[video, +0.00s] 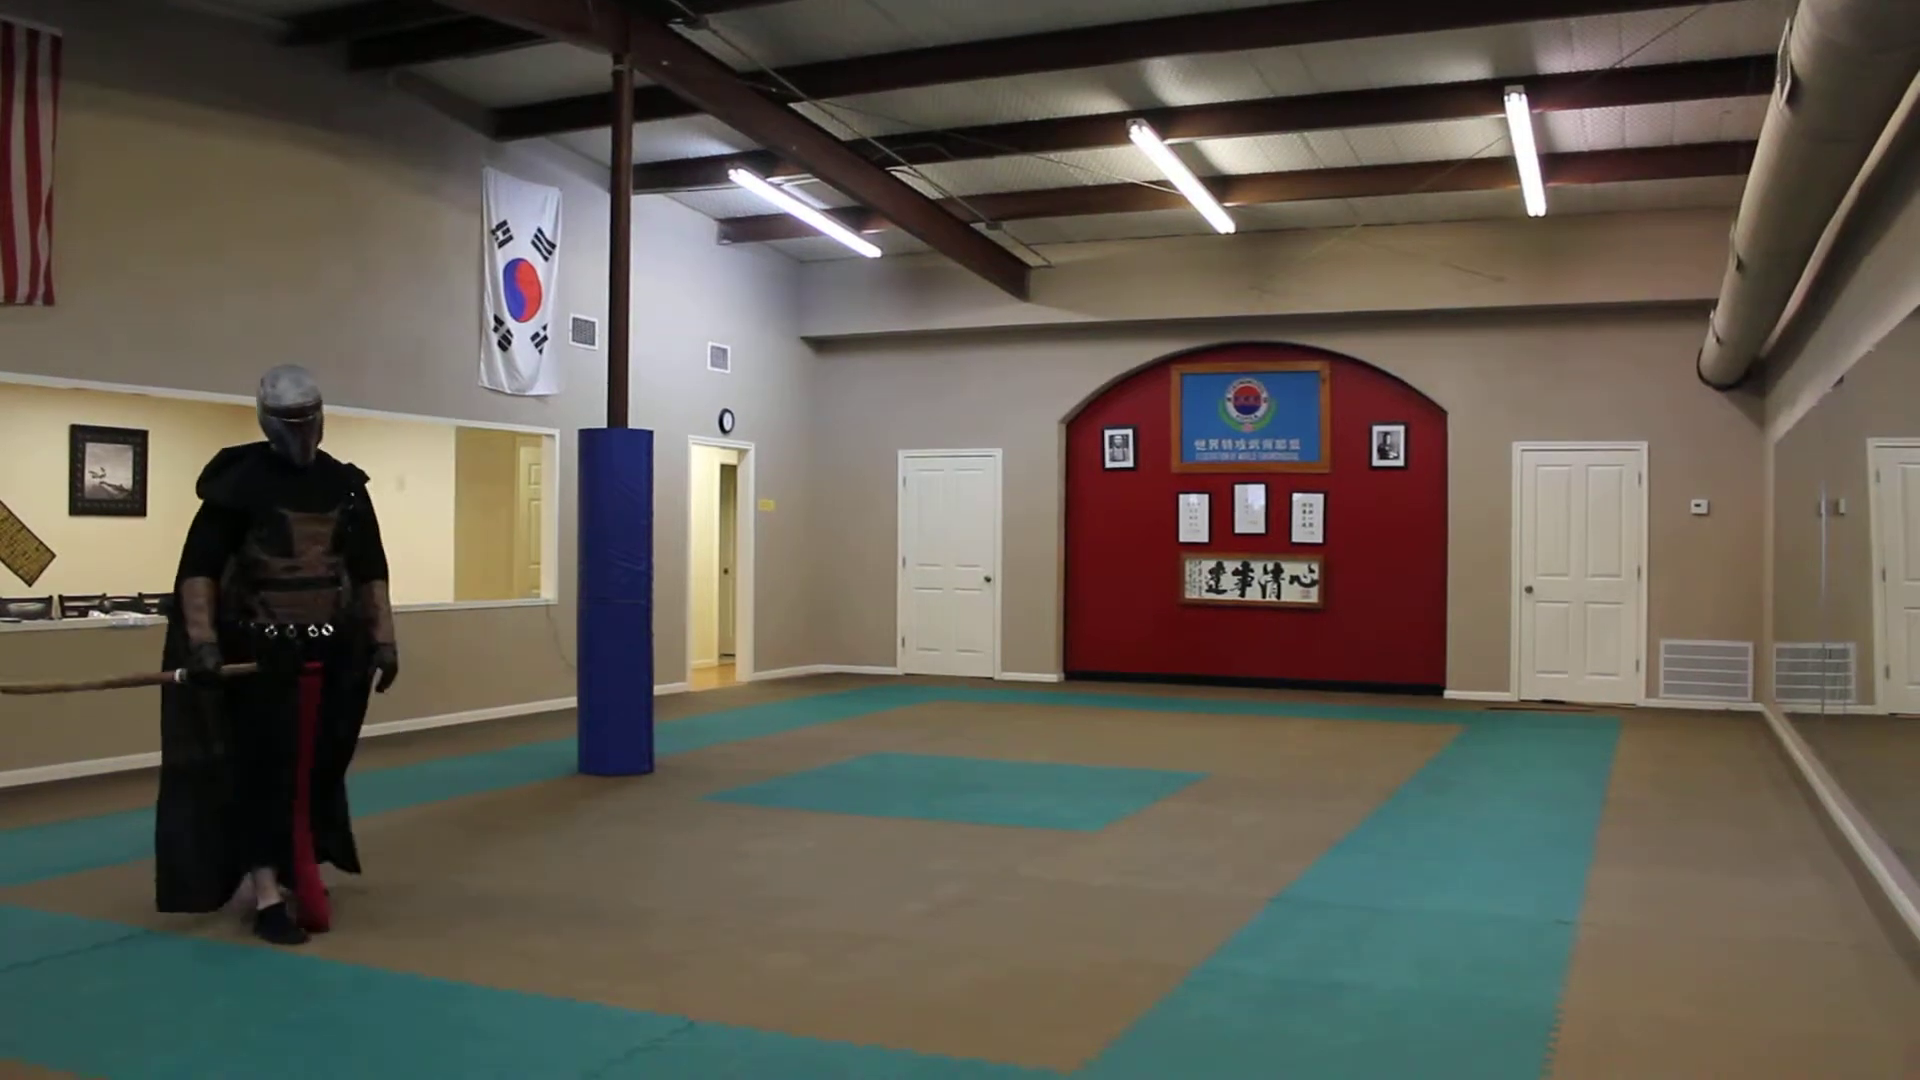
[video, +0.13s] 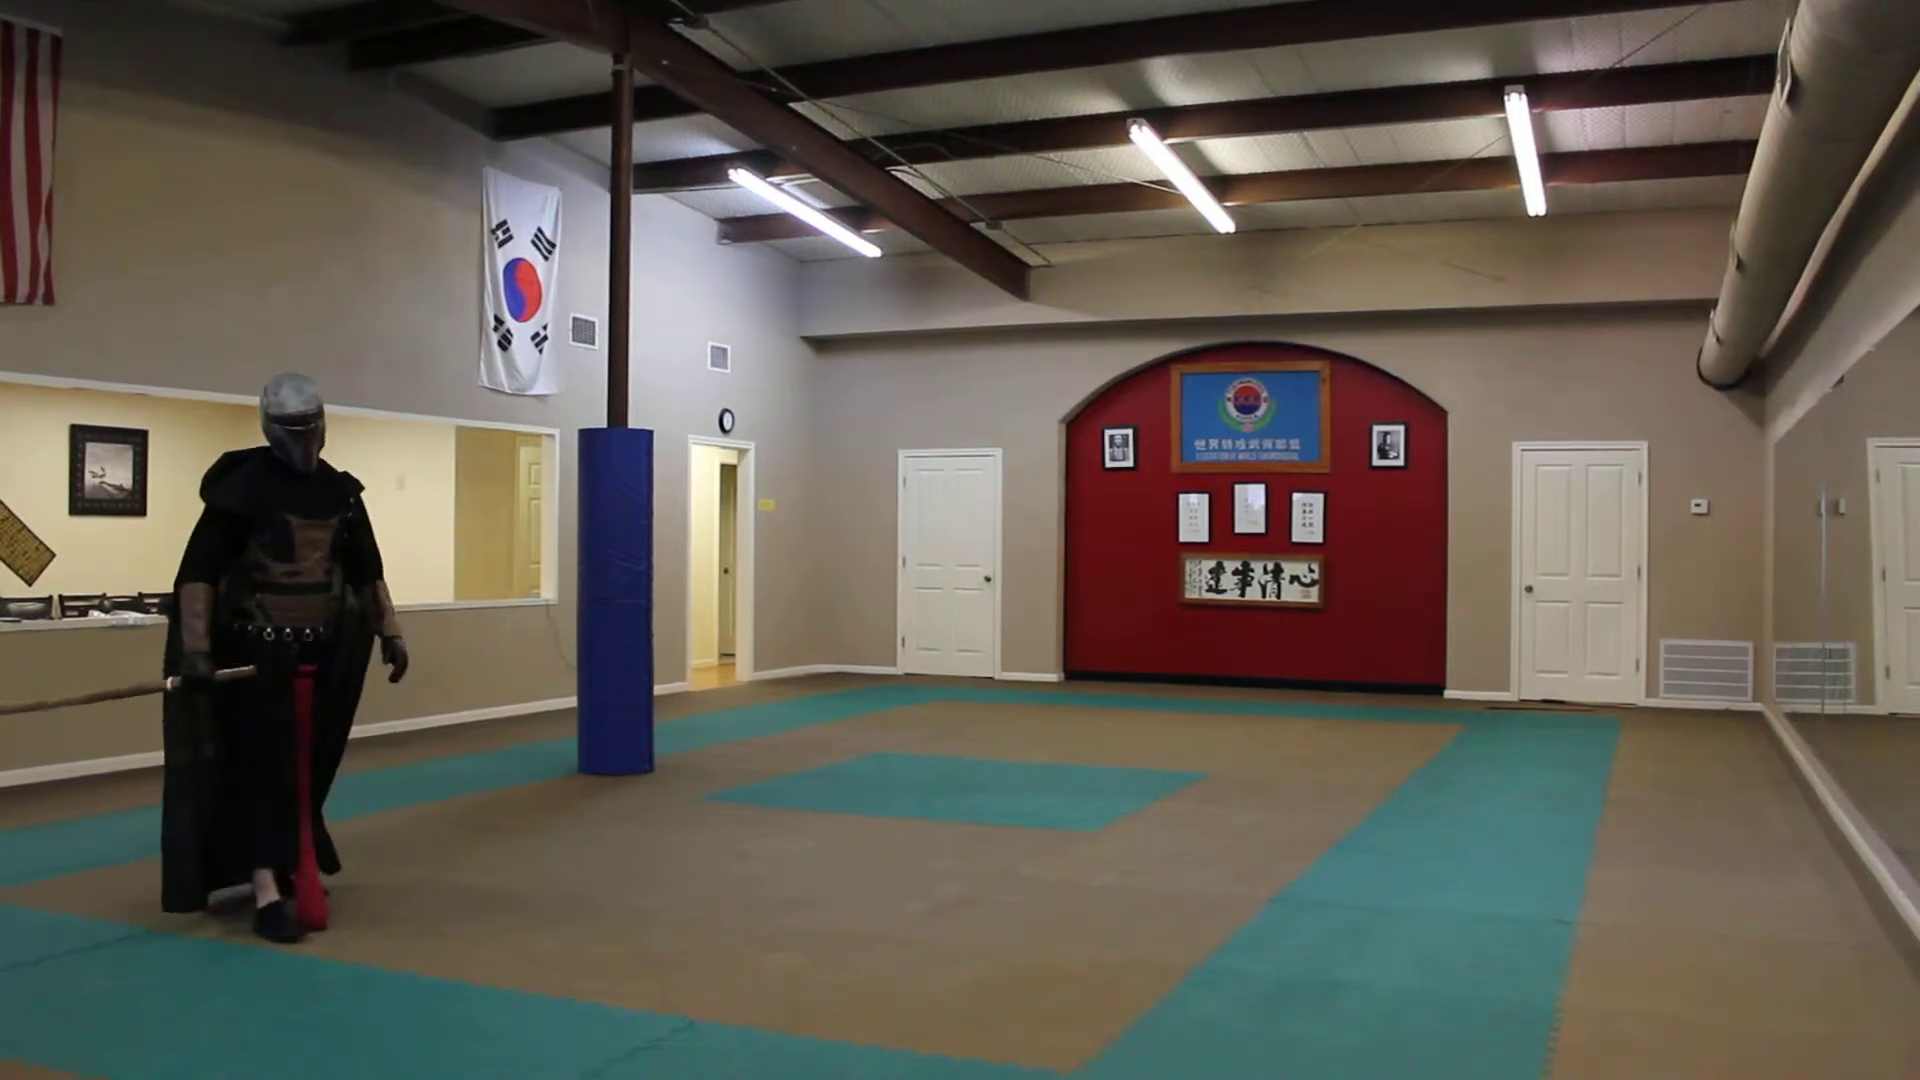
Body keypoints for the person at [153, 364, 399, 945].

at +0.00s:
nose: (301, 428)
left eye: (309, 416)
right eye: (287, 418)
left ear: (322, 415)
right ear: (264, 420)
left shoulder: (345, 485)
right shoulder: (238, 478)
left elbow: (370, 567)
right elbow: (199, 563)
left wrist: (383, 639)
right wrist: (202, 640)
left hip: (329, 651)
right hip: (254, 651)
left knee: (318, 766)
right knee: (262, 767)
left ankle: (295, 873)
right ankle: (266, 890)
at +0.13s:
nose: (300, 436)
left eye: (308, 424)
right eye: (287, 426)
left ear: (323, 422)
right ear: (266, 426)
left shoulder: (340, 491)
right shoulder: (240, 483)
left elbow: (366, 568)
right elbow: (199, 569)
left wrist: (392, 631)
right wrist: (196, 648)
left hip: (322, 652)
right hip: (252, 650)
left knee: (308, 762)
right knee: (263, 765)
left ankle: (291, 872)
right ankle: (265, 889)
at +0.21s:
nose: (304, 437)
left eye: (312, 425)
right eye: (291, 427)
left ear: (325, 424)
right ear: (269, 426)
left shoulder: (337, 493)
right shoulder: (240, 482)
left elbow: (360, 571)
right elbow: (196, 568)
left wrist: (388, 630)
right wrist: (192, 649)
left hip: (314, 652)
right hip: (248, 651)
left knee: (306, 764)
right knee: (257, 764)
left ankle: (287, 871)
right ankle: (261, 888)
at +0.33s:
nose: (302, 434)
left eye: (311, 422)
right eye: (290, 422)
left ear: (324, 423)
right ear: (267, 422)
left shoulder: (331, 490)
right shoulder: (237, 476)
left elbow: (350, 573)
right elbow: (191, 561)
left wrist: (373, 637)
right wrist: (199, 637)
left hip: (306, 650)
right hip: (240, 647)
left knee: (293, 759)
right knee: (242, 761)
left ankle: (271, 868)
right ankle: (240, 886)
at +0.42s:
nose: (297, 433)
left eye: (306, 422)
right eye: (284, 422)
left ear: (319, 423)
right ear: (262, 421)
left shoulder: (325, 491)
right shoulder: (229, 476)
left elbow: (342, 577)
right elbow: (191, 563)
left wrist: (361, 645)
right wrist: (209, 634)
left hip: (305, 651)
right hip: (238, 648)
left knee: (288, 759)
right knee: (231, 759)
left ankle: (268, 866)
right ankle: (215, 881)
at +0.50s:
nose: (291, 434)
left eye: (299, 423)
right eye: (278, 423)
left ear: (311, 423)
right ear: (255, 423)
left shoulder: (318, 492)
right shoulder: (224, 478)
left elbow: (334, 578)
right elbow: (192, 565)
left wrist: (346, 644)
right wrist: (214, 634)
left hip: (299, 652)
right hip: (231, 650)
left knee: (289, 759)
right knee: (216, 759)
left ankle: (276, 867)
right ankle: (198, 882)